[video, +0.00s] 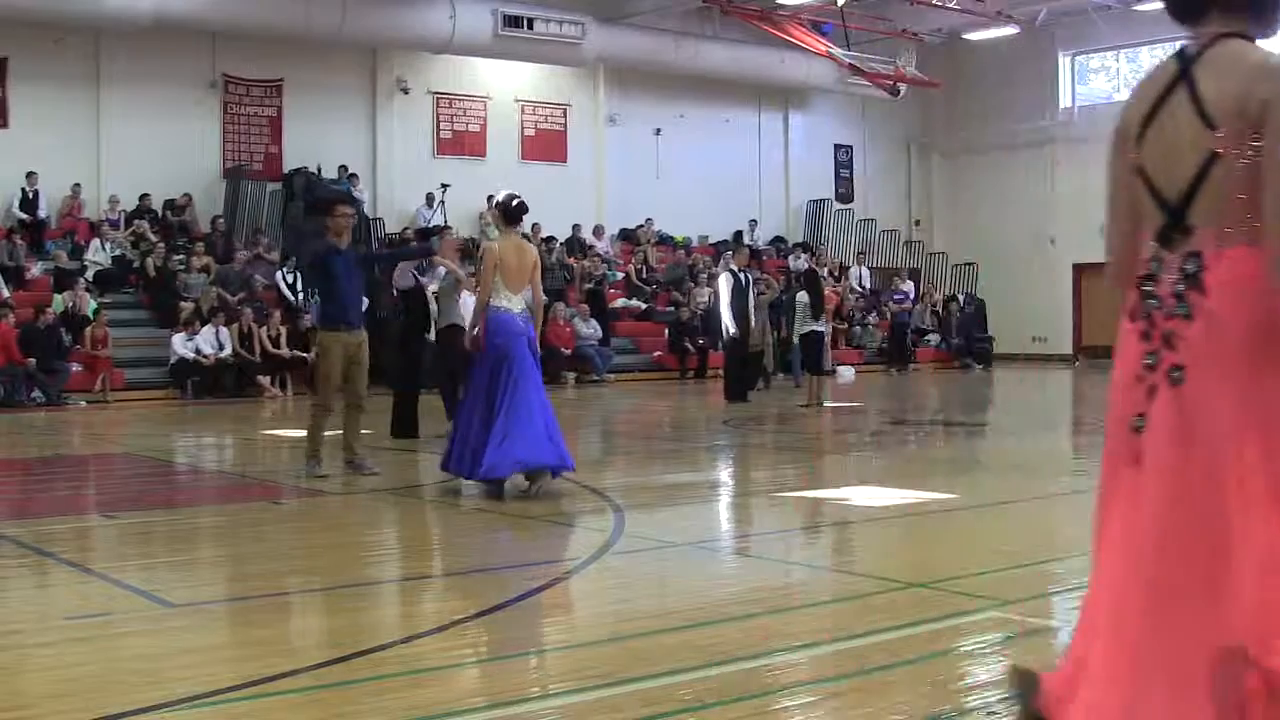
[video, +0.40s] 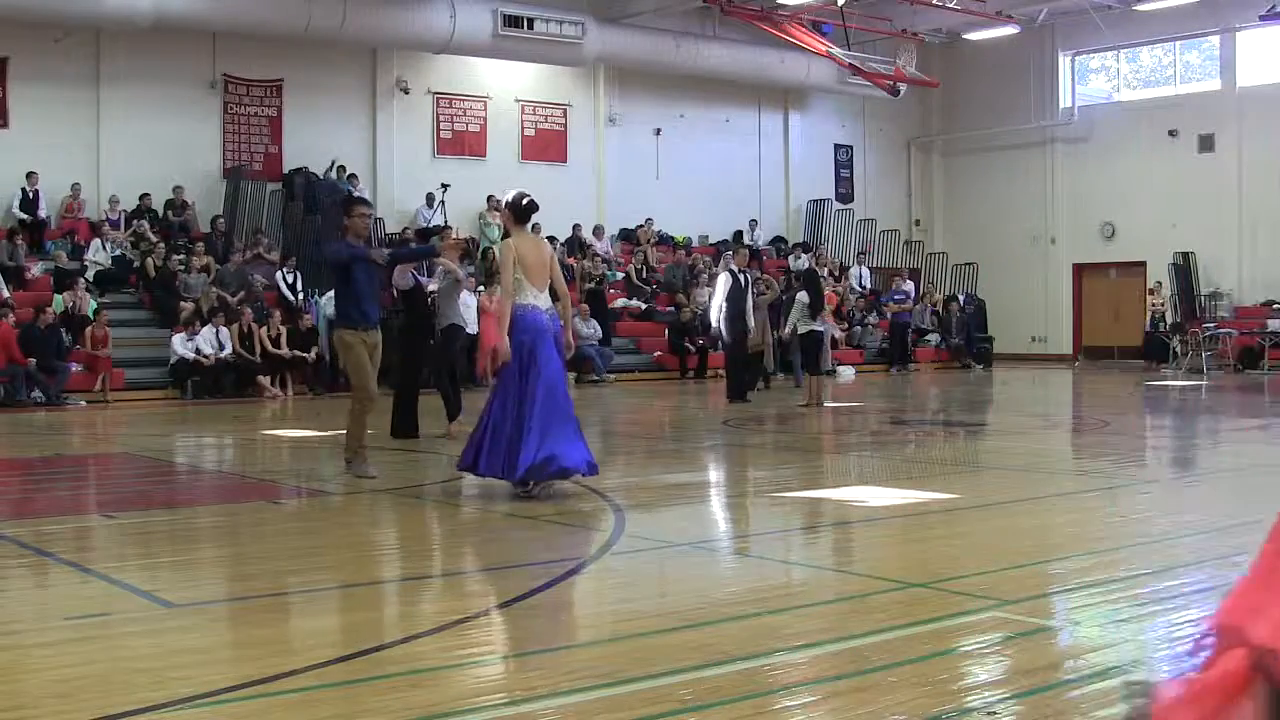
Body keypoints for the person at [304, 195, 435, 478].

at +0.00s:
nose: (347, 221)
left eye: (350, 216)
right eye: (341, 216)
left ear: (354, 220)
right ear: (328, 220)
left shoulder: (358, 254)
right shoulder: (319, 252)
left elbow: (393, 254)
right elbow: (312, 276)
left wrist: (434, 249)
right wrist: (334, 246)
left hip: (357, 335)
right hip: (330, 337)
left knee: (356, 400)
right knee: (324, 401)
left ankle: (352, 457)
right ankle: (313, 458)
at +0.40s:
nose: (367, 222)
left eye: (369, 218)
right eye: (361, 217)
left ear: (371, 221)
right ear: (347, 221)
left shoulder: (374, 253)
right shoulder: (339, 249)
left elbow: (402, 254)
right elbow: (332, 255)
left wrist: (436, 249)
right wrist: (367, 254)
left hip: (373, 333)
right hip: (348, 333)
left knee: (364, 395)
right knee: (366, 394)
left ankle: (353, 452)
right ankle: (355, 455)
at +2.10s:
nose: (446, 220)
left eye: (451, 214)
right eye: (440, 215)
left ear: (461, 215)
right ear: (434, 216)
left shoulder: (476, 249)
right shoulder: (424, 252)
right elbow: (412, 296)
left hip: (480, 332)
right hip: (447, 335)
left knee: (485, 398)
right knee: (459, 401)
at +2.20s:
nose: (449, 220)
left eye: (454, 214)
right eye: (443, 215)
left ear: (464, 214)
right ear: (437, 217)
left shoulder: (477, 247)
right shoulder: (427, 251)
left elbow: (492, 278)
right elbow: (425, 298)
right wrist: (420, 278)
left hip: (481, 330)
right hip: (450, 332)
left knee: (483, 394)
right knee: (460, 395)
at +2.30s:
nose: (449, 219)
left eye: (454, 213)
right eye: (444, 214)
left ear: (464, 214)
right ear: (437, 215)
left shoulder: (480, 247)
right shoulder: (431, 250)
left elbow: (496, 279)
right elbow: (422, 291)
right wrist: (421, 276)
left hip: (482, 330)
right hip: (451, 332)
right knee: (459, 392)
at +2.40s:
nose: (449, 218)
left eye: (455, 212)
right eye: (444, 213)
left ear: (466, 213)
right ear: (438, 216)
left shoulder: (479, 246)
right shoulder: (432, 249)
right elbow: (419, 286)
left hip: (482, 328)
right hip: (452, 329)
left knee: (485, 391)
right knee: (459, 393)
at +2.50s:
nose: (450, 217)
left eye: (455, 211)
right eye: (445, 213)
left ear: (465, 213)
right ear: (439, 216)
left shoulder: (479, 247)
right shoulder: (434, 248)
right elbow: (421, 283)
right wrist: (416, 266)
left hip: (482, 327)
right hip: (452, 328)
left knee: (484, 389)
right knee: (458, 390)